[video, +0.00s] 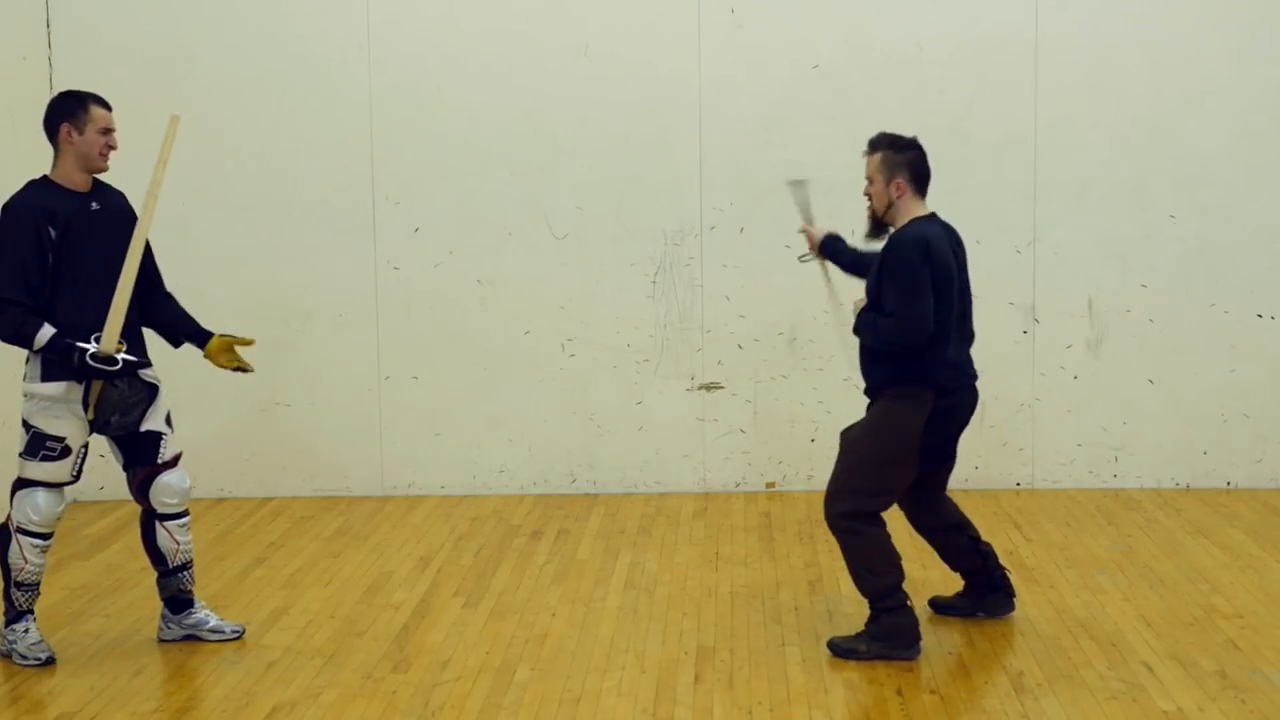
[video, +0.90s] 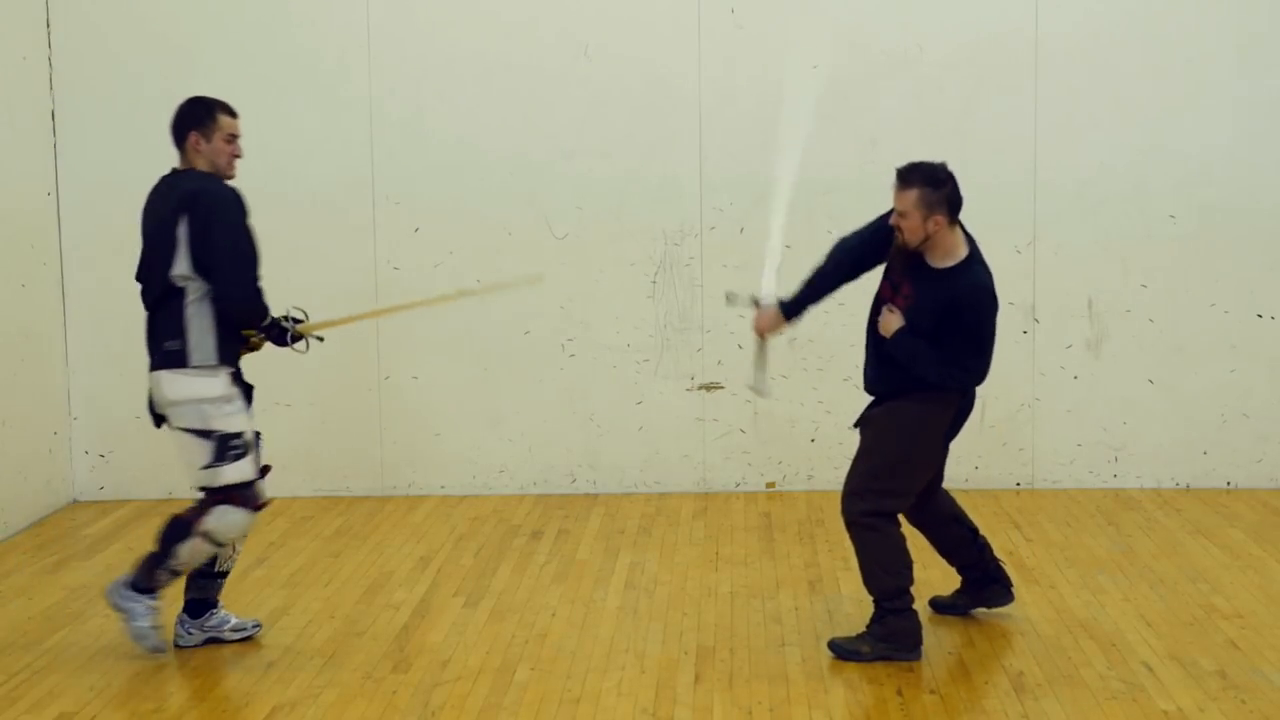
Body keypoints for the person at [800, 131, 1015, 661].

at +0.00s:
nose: (865, 193)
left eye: (869, 182)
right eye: (865, 182)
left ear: (898, 185)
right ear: (908, 186)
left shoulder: (908, 247)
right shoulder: (941, 236)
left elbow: (910, 330)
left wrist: (863, 319)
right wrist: (830, 246)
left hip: (913, 401)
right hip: (948, 396)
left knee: (849, 506)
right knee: (921, 497)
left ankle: (892, 629)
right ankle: (989, 586)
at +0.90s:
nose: (892, 220)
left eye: (903, 215)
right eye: (894, 210)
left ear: (938, 222)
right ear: (927, 217)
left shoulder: (971, 288)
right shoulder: (905, 231)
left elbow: (970, 371)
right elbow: (847, 260)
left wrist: (902, 337)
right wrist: (787, 309)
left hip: (931, 406)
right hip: (903, 396)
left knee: (866, 504)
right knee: (919, 496)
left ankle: (895, 629)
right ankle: (986, 579)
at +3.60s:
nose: (1022, 252)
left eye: (1033, 244)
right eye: (1017, 240)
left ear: (1058, 241)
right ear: (1010, 234)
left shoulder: (1089, 268)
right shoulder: (993, 263)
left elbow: (1118, 327)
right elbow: (987, 329)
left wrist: (1055, 338)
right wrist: (976, 320)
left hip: (1074, 379)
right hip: (1003, 377)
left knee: (1075, 477)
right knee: (983, 472)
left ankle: (1075, 583)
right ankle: (997, 563)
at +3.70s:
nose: (1021, 255)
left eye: (1032, 247)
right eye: (1015, 243)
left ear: (1058, 243)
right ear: (1009, 236)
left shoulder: (1088, 269)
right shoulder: (992, 265)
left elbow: (1118, 328)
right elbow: (985, 348)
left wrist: (1055, 338)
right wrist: (972, 320)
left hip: (1074, 379)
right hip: (1006, 374)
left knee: (1076, 480)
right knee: (982, 472)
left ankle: (1075, 581)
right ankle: (997, 563)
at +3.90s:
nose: (1022, 261)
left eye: (1033, 254)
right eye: (1017, 249)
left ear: (1059, 250)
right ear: (1010, 241)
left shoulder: (1088, 274)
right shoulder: (992, 268)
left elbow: (1117, 332)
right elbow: (982, 351)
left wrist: (1054, 342)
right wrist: (969, 318)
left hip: (1073, 382)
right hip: (1003, 378)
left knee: (1075, 480)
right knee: (983, 470)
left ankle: (1075, 585)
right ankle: (996, 564)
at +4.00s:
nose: (1023, 262)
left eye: (1035, 255)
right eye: (1019, 249)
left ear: (1061, 252)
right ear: (1013, 241)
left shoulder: (1090, 275)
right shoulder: (994, 268)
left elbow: (1115, 335)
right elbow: (979, 351)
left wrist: (1053, 343)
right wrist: (969, 324)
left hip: (1071, 384)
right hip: (1001, 380)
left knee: (1075, 480)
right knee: (981, 475)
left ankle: (1075, 577)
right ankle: (997, 565)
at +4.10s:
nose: (1026, 262)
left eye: (1038, 256)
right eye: (1022, 250)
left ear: (1063, 255)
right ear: (1016, 240)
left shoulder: (1091, 276)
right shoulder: (995, 267)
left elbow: (1115, 336)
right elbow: (978, 352)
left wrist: (1052, 344)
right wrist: (971, 326)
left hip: (1071, 384)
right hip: (1001, 378)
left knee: (1075, 481)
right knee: (980, 475)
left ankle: (1075, 582)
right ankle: (997, 563)